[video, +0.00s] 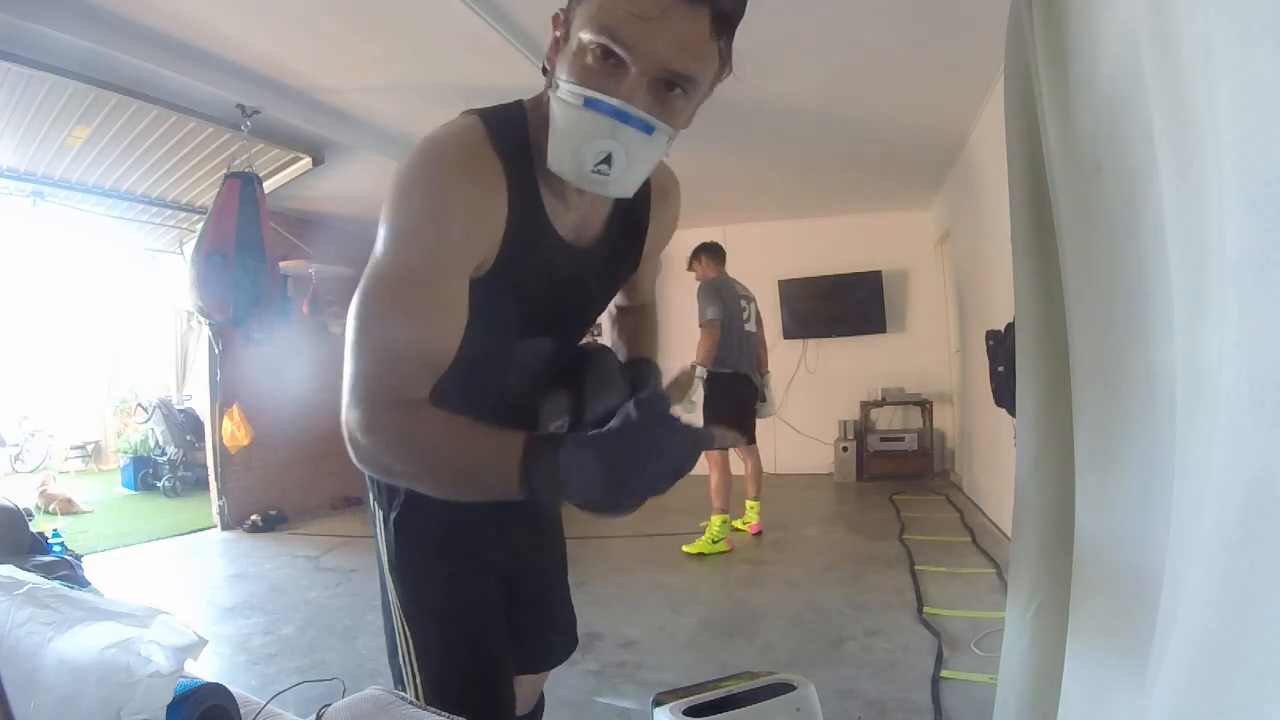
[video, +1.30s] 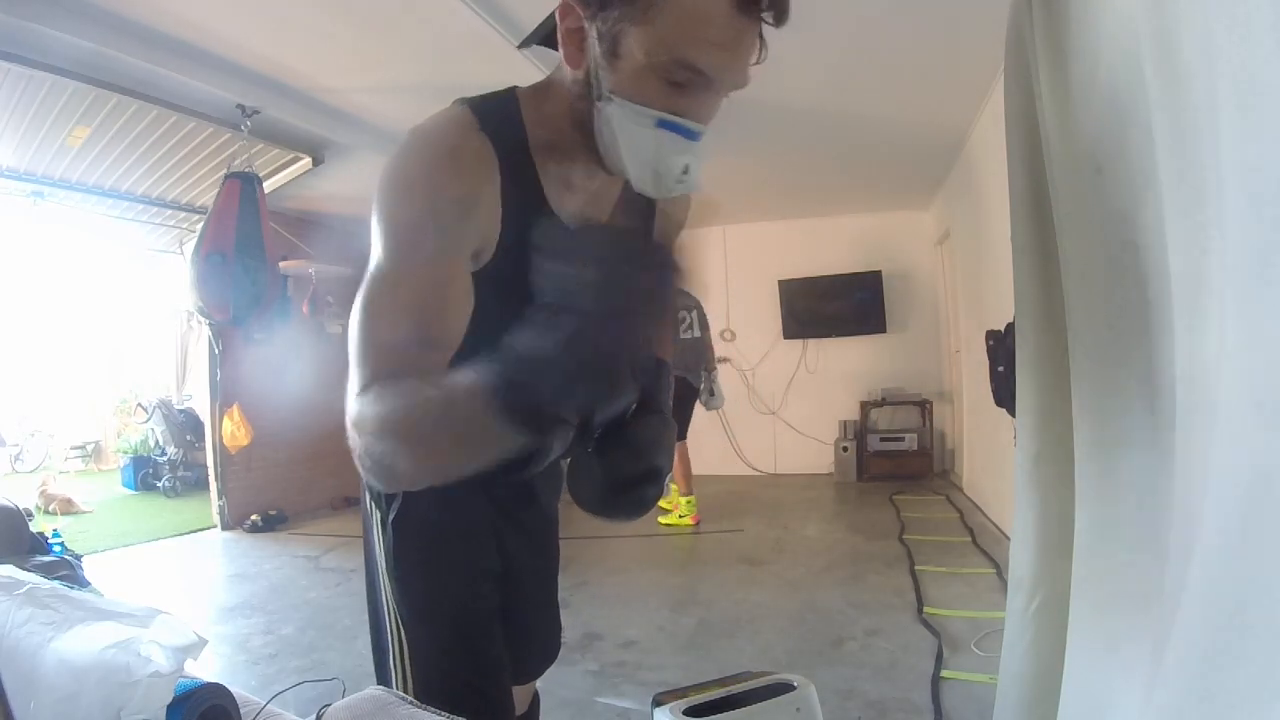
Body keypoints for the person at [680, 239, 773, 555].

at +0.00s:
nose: (695, 275)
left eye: (695, 269)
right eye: (693, 270)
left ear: (705, 262)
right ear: (720, 263)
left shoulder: (709, 288)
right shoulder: (745, 292)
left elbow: (710, 335)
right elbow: (759, 341)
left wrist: (695, 378)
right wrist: (763, 380)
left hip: (721, 381)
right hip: (747, 381)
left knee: (715, 455)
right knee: (747, 448)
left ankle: (719, 531)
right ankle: (752, 516)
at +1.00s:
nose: (665, 279)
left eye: (666, 273)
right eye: (666, 273)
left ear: (673, 272)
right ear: (683, 269)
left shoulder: (671, 300)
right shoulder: (705, 297)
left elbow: (668, 344)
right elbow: (721, 339)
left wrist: (661, 376)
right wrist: (723, 374)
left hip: (684, 375)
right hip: (708, 375)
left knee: (683, 442)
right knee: (701, 439)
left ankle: (687, 508)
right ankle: (729, 489)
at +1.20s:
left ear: (653, 279)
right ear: (670, 273)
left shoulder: (656, 302)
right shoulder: (694, 297)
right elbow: (711, 337)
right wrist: (716, 369)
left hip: (675, 374)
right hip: (697, 374)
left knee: (678, 438)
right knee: (682, 437)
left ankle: (687, 507)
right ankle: (693, 498)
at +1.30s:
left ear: (658, 279)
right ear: (676, 275)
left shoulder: (660, 303)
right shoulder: (691, 300)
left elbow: (662, 346)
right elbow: (706, 341)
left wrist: (654, 375)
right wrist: (710, 372)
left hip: (673, 376)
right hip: (693, 376)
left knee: (677, 440)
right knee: (675, 436)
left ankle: (687, 507)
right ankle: (677, 491)